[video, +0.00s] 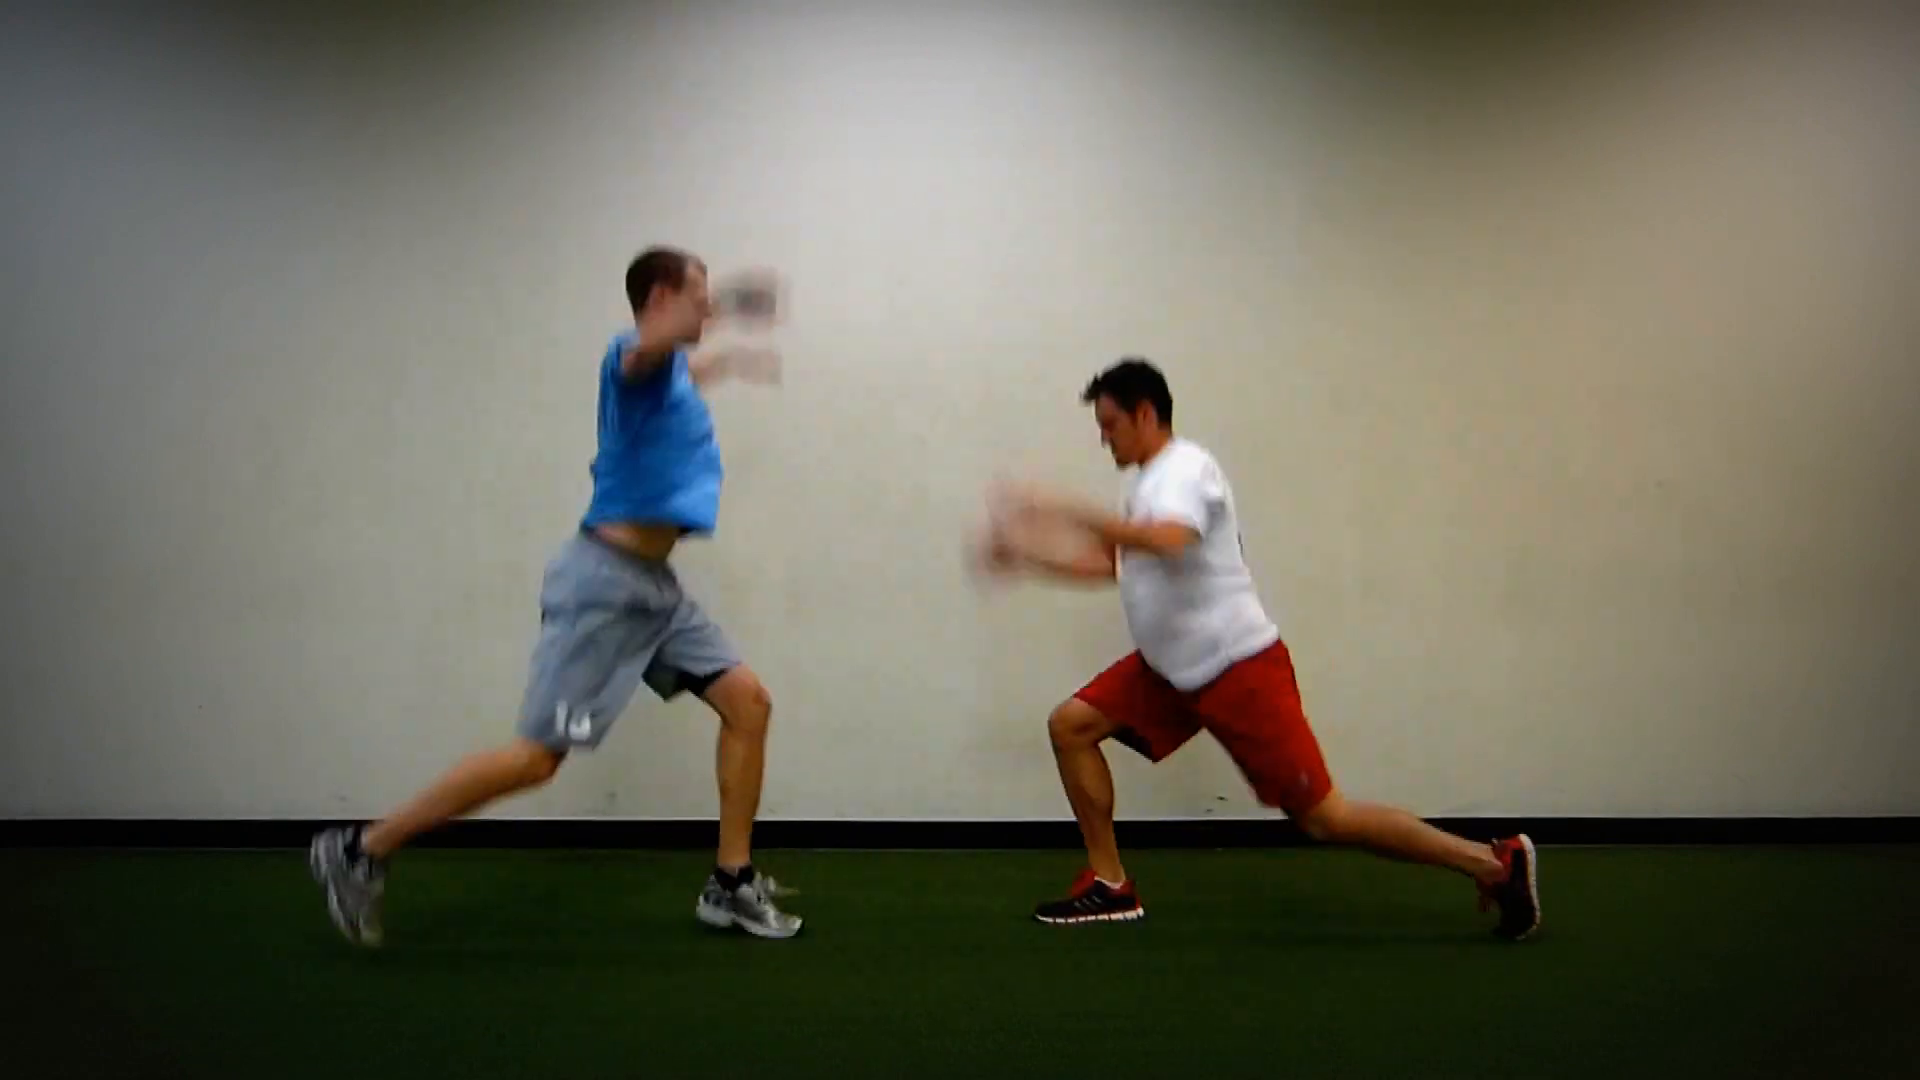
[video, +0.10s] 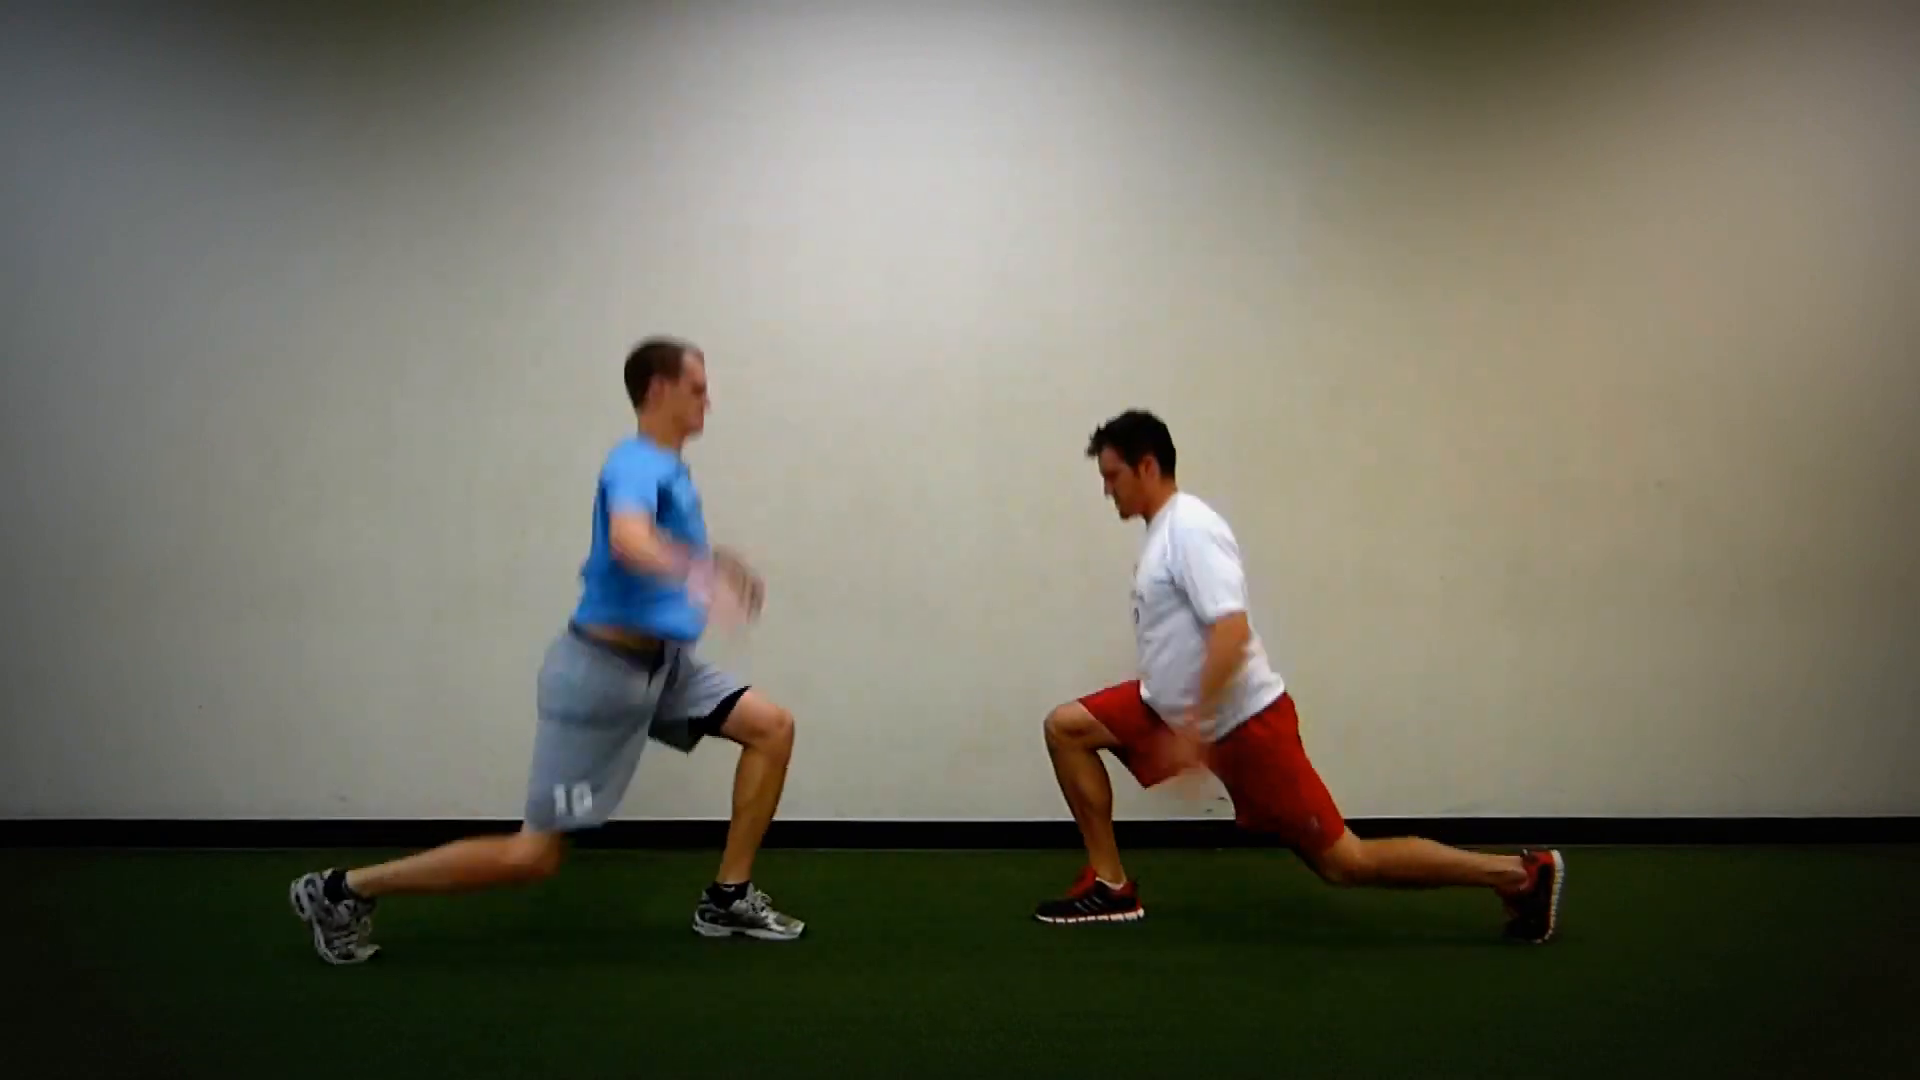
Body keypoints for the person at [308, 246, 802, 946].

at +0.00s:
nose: (706, 307)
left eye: (706, 296)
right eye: (698, 295)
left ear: (664, 298)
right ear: (662, 297)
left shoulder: (670, 370)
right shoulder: (631, 358)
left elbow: (689, 376)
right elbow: (647, 354)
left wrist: (727, 361)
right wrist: (710, 312)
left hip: (653, 583)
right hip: (604, 579)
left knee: (747, 705)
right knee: (535, 760)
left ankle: (733, 883)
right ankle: (362, 850)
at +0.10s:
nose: (707, 401)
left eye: (705, 388)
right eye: (698, 388)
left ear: (662, 394)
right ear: (658, 393)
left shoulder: (671, 470)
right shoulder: (637, 464)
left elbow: (673, 545)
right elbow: (630, 540)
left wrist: (721, 565)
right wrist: (702, 573)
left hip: (660, 665)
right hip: (597, 670)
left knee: (772, 728)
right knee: (535, 855)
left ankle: (731, 896)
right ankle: (342, 891)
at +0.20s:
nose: (708, 453)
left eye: (706, 440)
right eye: (698, 441)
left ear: (662, 446)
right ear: (658, 447)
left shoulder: (666, 523)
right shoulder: (637, 531)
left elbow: (650, 641)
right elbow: (627, 651)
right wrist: (657, 753)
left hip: (663, 706)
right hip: (601, 723)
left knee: (780, 734)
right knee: (552, 906)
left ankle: (731, 897)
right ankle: (360, 891)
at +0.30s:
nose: (706, 466)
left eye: (704, 454)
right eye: (696, 454)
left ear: (663, 461)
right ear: (658, 460)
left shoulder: (663, 537)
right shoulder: (639, 550)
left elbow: (642, 661)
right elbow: (629, 679)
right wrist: (660, 785)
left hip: (661, 718)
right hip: (604, 737)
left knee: (784, 734)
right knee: (556, 926)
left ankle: (730, 896)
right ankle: (366, 890)